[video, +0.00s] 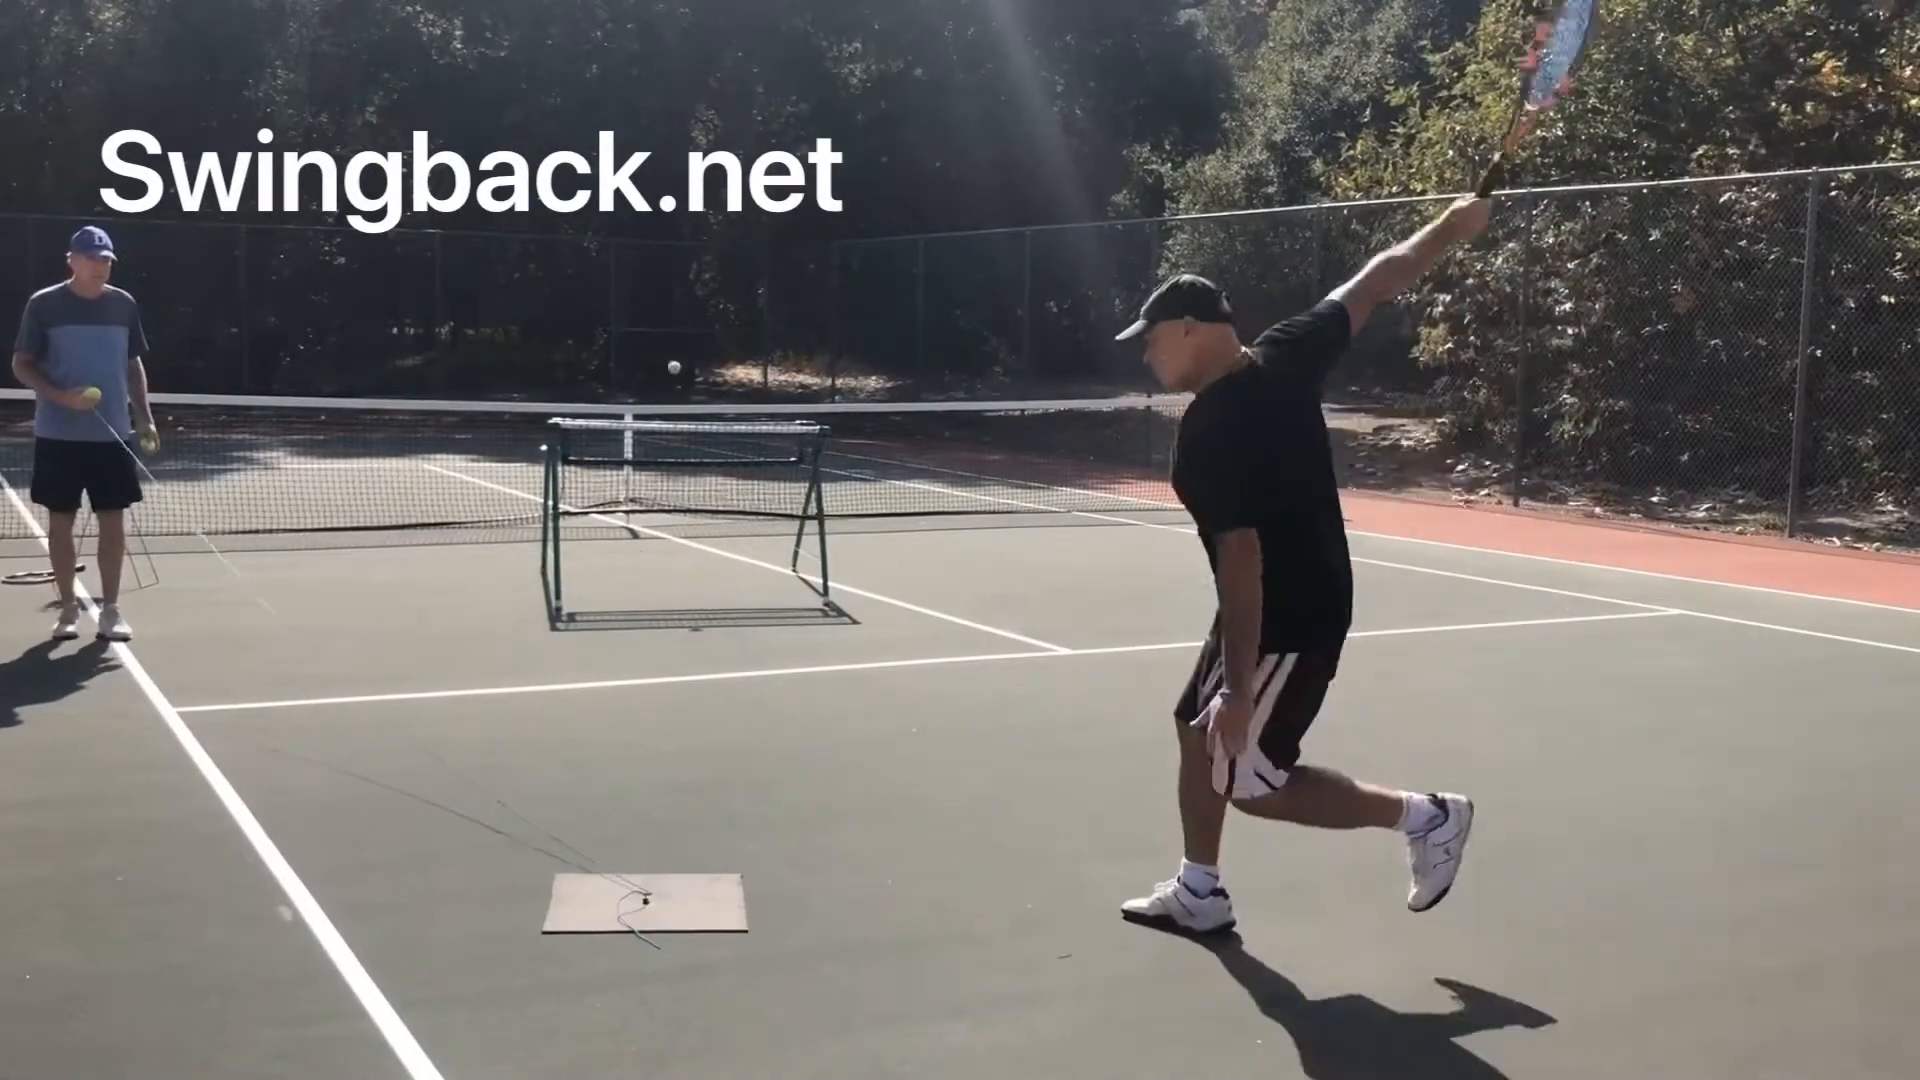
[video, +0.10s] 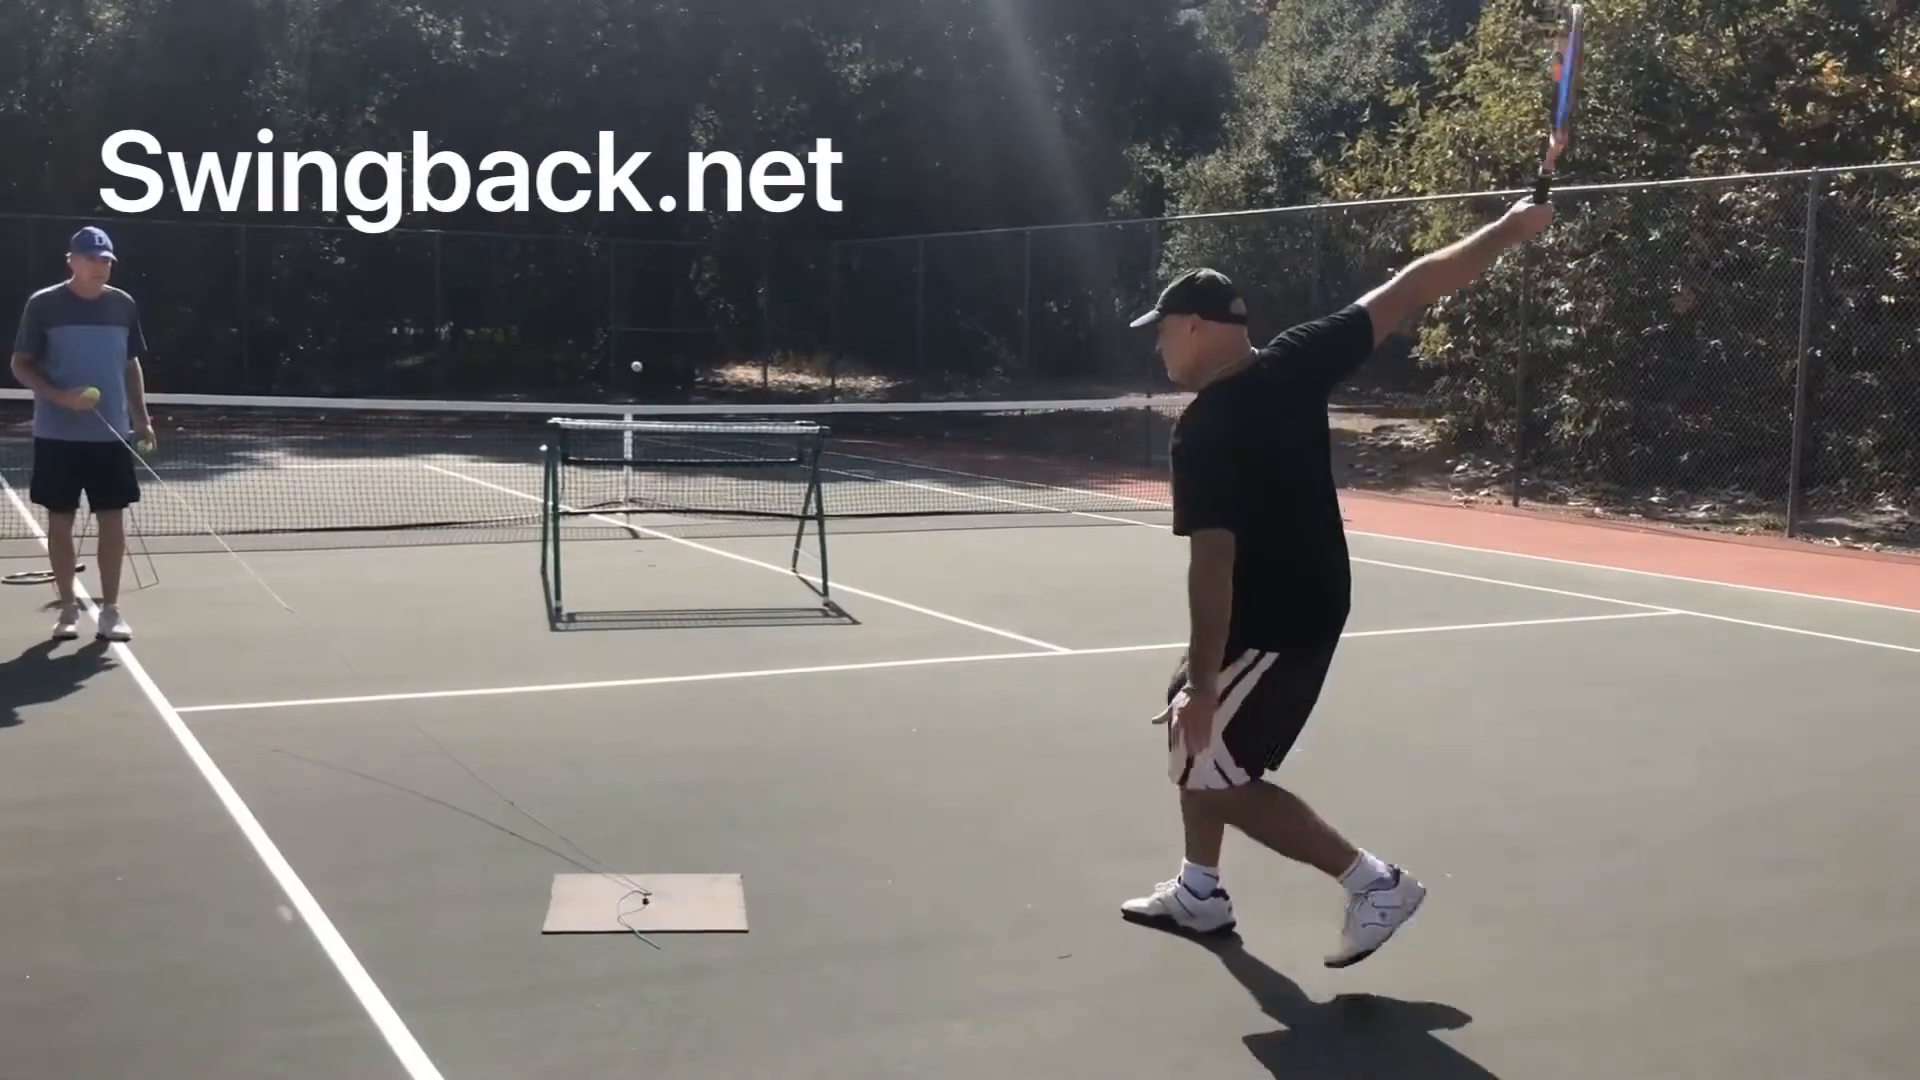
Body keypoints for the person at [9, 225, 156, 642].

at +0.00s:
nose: (100, 269)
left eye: (106, 261)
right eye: (93, 260)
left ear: (112, 264)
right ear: (72, 260)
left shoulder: (123, 304)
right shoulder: (43, 304)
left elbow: (133, 364)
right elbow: (21, 365)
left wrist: (145, 417)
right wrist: (62, 396)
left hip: (112, 437)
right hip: (60, 438)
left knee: (112, 522)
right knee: (60, 522)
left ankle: (110, 609)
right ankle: (68, 606)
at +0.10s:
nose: (103, 269)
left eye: (107, 262)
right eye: (95, 261)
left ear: (113, 264)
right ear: (72, 261)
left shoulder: (122, 304)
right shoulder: (42, 304)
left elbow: (131, 364)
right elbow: (21, 365)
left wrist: (143, 418)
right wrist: (61, 396)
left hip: (110, 437)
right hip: (58, 438)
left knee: (112, 522)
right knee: (60, 523)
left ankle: (110, 610)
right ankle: (68, 607)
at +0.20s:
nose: (103, 269)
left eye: (107, 261)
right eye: (95, 260)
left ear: (113, 264)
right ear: (72, 261)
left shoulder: (123, 304)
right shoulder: (42, 303)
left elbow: (130, 364)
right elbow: (20, 364)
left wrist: (140, 417)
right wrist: (60, 396)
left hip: (110, 437)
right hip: (58, 437)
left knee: (112, 522)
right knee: (60, 523)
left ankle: (110, 610)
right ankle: (68, 607)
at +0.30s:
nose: (103, 269)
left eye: (108, 262)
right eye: (95, 261)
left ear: (114, 265)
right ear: (73, 261)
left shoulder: (123, 305)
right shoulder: (43, 303)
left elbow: (130, 364)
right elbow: (20, 364)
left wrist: (139, 419)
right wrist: (58, 396)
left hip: (110, 437)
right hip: (57, 438)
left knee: (112, 521)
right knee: (60, 522)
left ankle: (110, 609)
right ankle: (69, 606)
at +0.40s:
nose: (106, 270)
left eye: (110, 263)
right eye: (98, 262)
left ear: (115, 265)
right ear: (76, 262)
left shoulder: (127, 308)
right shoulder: (44, 304)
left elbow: (131, 367)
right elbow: (19, 363)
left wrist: (137, 424)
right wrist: (56, 395)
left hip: (109, 437)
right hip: (57, 438)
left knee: (112, 522)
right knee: (60, 522)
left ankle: (110, 610)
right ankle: (68, 607)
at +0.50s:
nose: (107, 271)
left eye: (112, 264)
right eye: (99, 263)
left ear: (118, 267)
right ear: (79, 264)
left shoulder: (130, 310)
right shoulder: (46, 304)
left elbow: (135, 371)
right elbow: (20, 362)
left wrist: (140, 427)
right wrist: (54, 394)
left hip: (109, 439)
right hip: (54, 438)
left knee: (112, 521)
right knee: (59, 523)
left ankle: (110, 610)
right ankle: (68, 606)